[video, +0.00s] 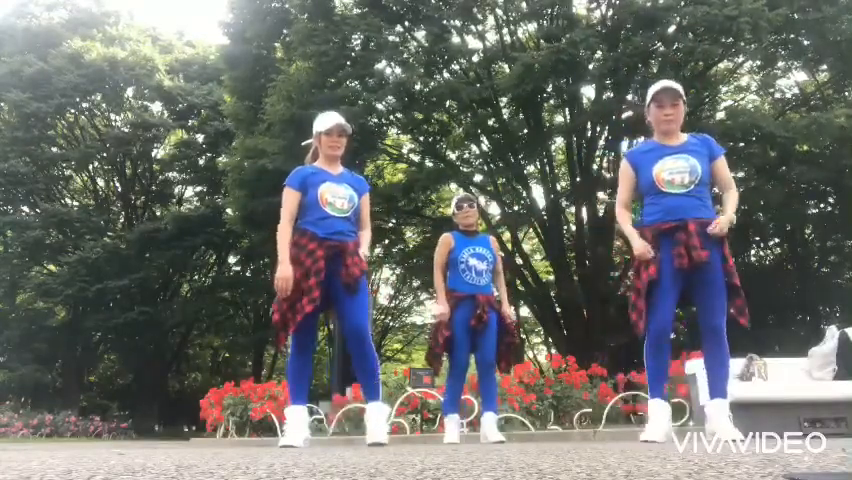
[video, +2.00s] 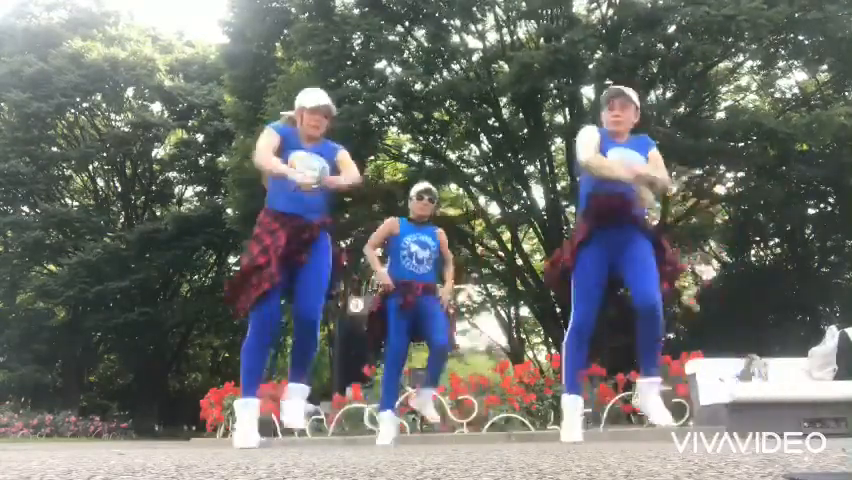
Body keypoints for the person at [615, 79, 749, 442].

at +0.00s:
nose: (667, 111)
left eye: (674, 105)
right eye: (660, 105)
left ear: (684, 109)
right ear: (648, 112)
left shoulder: (705, 145)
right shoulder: (635, 155)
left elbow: (729, 188)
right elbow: (622, 207)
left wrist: (726, 216)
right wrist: (634, 239)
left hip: (705, 236)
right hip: (660, 241)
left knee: (715, 324)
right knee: (659, 326)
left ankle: (718, 411)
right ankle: (658, 413)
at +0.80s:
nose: (667, 112)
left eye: (673, 106)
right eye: (659, 109)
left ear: (686, 113)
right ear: (650, 120)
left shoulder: (706, 139)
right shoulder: (640, 165)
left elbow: (721, 184)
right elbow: (641, 215)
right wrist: (650, 250)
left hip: (716, 240)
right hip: (673, 248)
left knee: (748, 322)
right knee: (680, 327)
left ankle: (761, 411)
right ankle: (687, 412)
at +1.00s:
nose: (643, 114)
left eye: (650, 108)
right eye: (635, 111)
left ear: (664, 115)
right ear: (628, 123)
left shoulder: (678, 137)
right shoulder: (626, 165)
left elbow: (694, 173)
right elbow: (628, 211)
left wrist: (657, 215)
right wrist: (633, 235)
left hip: (701, 240)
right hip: (661, 250)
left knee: (741, 313)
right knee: (638, 314)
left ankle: (771, 402)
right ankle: (645, 405)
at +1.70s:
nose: (615, 147)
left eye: (622, 139)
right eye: (612, 143)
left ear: (644, 142)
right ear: (611, 150)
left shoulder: (665, 166)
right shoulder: (622, 192)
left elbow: (717, 185)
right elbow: (627, 239)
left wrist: (700, 235)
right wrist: (626, 264)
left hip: (694, 267)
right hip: (652, 277)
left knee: (731, 338)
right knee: (611, 320)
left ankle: (760, 414)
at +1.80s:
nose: (611, 135)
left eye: (620, 128)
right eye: (609, 131)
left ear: (640, 138)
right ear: (607, 143)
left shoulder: (658, 166)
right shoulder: (605, 187)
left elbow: (705, 199)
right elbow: (607, 233)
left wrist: (704, 238)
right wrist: (606, 261)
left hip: (667, 266)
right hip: (627, 274)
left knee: (709, 340)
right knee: (591, 327)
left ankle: (757, 411)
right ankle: (587, 417)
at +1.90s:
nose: (611, 111)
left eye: (619, 106)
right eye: (608, 107)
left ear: (638, 116)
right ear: (604, 117)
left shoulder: (654, 150)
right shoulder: (586, 153)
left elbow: (685, 191)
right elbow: (566, 198)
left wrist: (660, 200)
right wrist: (593, 206)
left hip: (646, 245)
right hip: (603, 249)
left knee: (683, 319)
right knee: (584, 326)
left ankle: (728, 398)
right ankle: (586, 416)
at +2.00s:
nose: (617, 113)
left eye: (624, 108)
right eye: (611, 108)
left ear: (636, 115)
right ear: (602, 114)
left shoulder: (645, 145)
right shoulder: (591, 134)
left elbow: (664, 185)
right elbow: (589, 161)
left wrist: (642, 172)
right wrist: (632, 175)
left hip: (634, 234)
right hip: (594, 234)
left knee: (650, 302)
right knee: (581, 319)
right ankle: (571, 406)